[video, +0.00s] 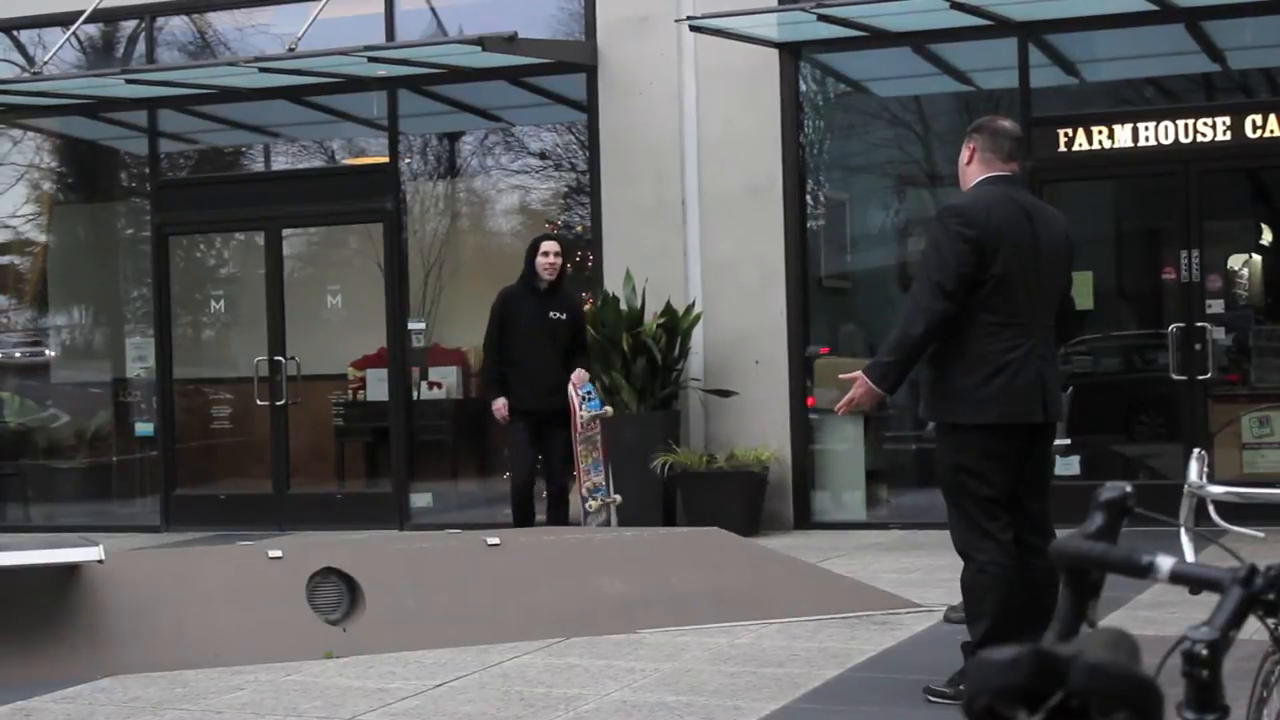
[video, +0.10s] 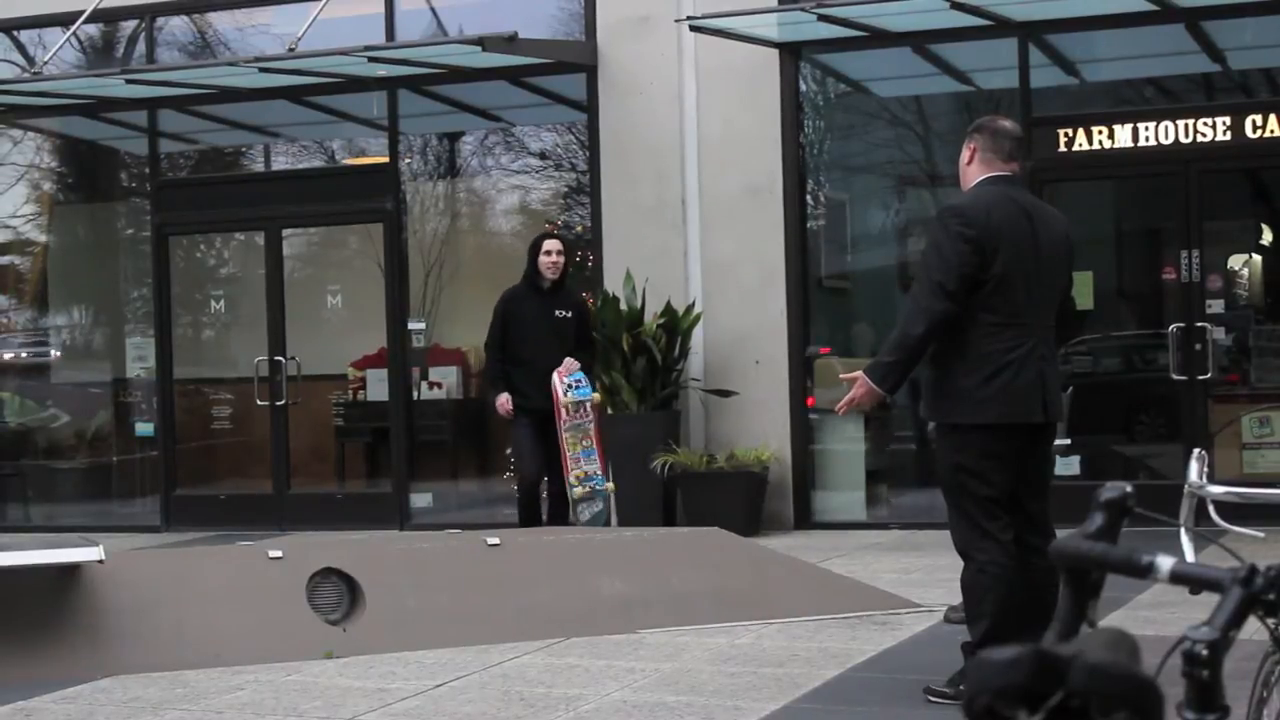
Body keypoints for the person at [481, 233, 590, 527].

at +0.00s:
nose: (551, 261)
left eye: (556, 255)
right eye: (545, 255)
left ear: (563, 261)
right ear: (532, 259)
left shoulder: (570, 302)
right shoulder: (509, 298)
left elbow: (580, 350)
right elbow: (492, 351)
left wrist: (580, 369)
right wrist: (496, 394)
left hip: (558, 401)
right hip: (519, 401)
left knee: (558, 480)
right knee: (521, 478)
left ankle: (557, 542)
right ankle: (524, 541)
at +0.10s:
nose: (554, 260)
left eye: (559, 254)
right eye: (547, 254)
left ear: (566, 260)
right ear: (534, 259)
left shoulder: (574, 302)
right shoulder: (512, 299)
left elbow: (588, 350)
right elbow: (493, 350)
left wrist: (577, 362)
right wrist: (499, 390)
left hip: (563, 404)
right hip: (524, 402)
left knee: (560, 478)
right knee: (529, 476)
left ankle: (557, 541)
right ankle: (530, 540)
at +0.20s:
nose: (555, 265)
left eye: (560, 259)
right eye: (548, 259)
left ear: (568, 263)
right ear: (536, 264)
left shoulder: (577, 305)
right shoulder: (515, 305)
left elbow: (596, 355)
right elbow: (495, 354)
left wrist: (576, 356)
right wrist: (503, 391)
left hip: (567, 410)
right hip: (528, 409)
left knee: (564, 483)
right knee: (536, 483)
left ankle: (559, 549)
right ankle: (536, 549)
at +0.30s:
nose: (554, 270)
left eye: (559, 264)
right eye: (547, 265)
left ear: (567, 267)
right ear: (535, 269)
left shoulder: (580, 308)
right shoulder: (517, 309)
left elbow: (599, 358)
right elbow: (495, 358)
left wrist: (577, 344)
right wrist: (504, 387)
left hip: (573, 408)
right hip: (532, 409)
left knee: (568, 479)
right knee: (540, 479)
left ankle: (562, 544)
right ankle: (544, 546)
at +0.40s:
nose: (552, 267)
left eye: (557, 260)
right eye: (545, 262)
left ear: (566, 264)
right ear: (534, 266)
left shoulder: (581, 306)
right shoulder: (517, 307)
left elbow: (604, 355)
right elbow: (492, 353)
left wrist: (582, 334)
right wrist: (506, 381)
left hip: (575, 409)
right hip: (535, 412)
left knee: (575, 484)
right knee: (545, 485)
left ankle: (565, 543)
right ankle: (546, 546)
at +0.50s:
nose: (553, 261)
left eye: (558, 253)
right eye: (545, 255)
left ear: (566, 256)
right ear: (533, 258)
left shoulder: (582, 298)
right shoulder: (515, 299)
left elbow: (604, 350)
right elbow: (489, 349)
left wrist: (585, 320)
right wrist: (516, 376)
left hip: (576, 406)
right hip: (535, 408)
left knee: (581, 482)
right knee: (545, 485)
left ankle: (567, 540)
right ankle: (546, 547)